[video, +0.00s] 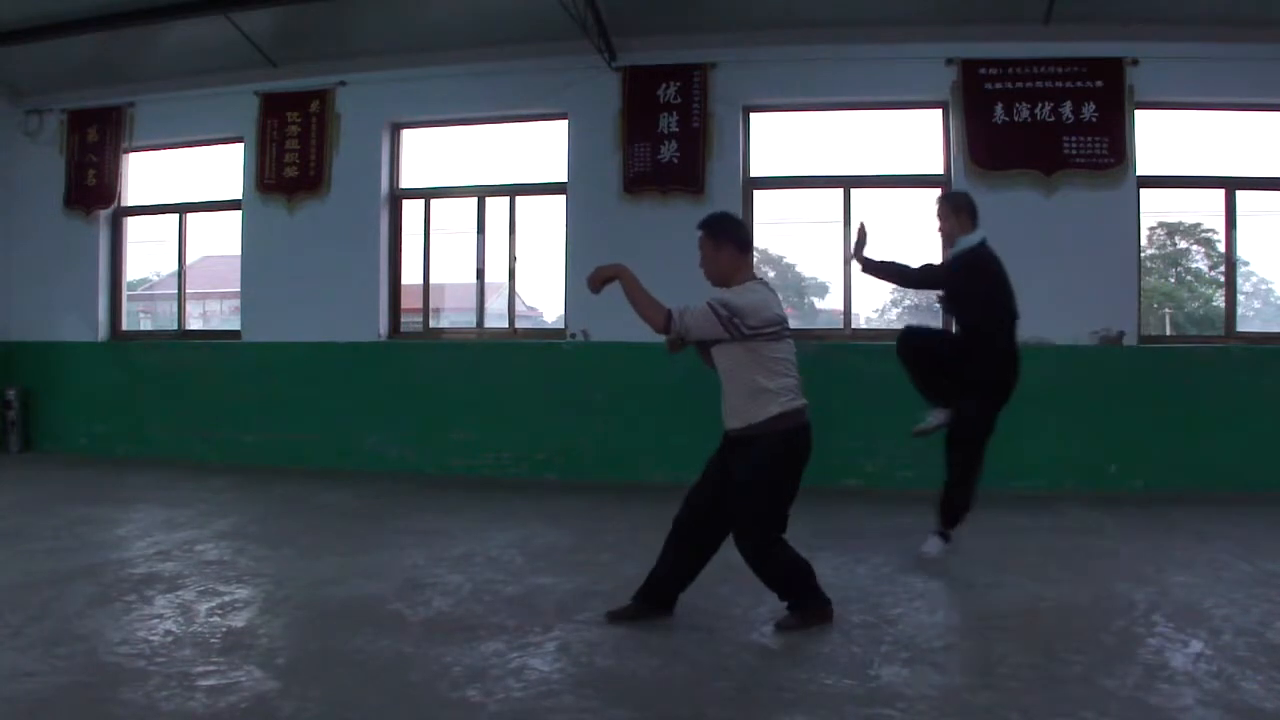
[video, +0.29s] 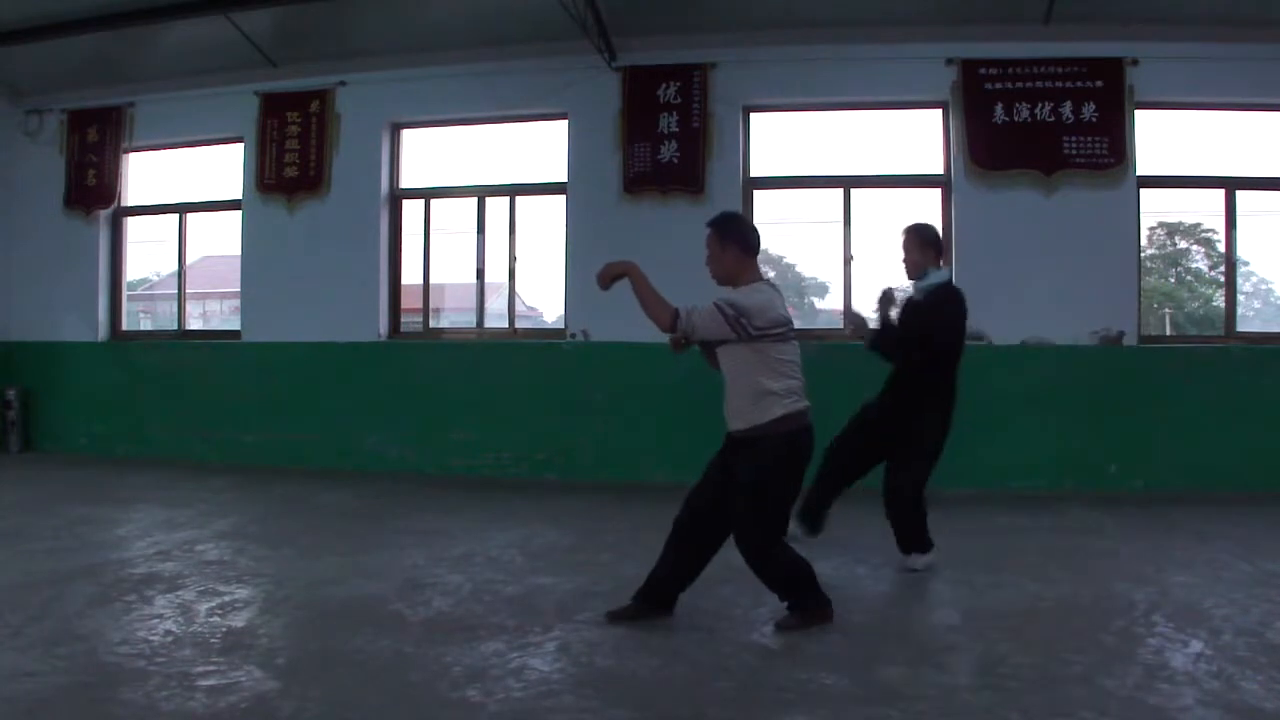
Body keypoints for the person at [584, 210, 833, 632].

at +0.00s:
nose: (701, 264)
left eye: (705, 254)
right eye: (701, 254)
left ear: (730, 251)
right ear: (733, 252)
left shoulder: (747, 301)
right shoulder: (751, 298)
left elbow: (665, 322)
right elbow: (728, 361)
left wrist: (622, 274)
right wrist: (689, 338)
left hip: (777, 437)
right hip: (745, 436)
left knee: (755, 534)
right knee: (697, 523)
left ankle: (812, 605)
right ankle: (653, 601)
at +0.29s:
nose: (708, 263)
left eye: (712, 253)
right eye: (707, 254)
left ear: (736, 251)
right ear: (742, 253)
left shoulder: (750, 303)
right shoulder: (761, 298)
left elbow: (671, 321)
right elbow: (733, 361)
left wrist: (631, 271)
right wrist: (694, 340)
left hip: (778, 438)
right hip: (748, 437)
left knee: (757, 536)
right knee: (698, 522)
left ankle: (812, 605)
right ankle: (654, 601)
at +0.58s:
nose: (709, 263)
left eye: (713, 253)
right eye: (708, 254)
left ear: (739, 251)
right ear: (743, 253)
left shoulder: (755, 301)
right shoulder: (763, 298)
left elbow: (673, 320)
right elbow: (734, 360)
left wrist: (632, 273)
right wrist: (695, 340)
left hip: (779, 440)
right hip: (750, 439)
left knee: (756, 537)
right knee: (699, 523)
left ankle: (812, 605)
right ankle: (654, 601)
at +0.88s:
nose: (706, 269)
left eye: (709, 257)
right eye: (705, 259)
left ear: (737, 252)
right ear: (739, 254)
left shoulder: (756, 303)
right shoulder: (754, 301)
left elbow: (673, 328)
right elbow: (731, 364)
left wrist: (626, 280)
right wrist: (688, 339)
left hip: (782, 440)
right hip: (750, 440)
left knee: (756, 535)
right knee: (700, 525)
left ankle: (812, 604)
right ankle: (654, 601)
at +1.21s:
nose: (684, 264)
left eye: (689, 253)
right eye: (683, 254)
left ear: (719, 252)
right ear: (719, 254)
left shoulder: (732, 302)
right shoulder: (747, 298)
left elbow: (649, 326)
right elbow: (750, 366)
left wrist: (606, 280)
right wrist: (693, 380)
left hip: (769, 440)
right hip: (736, 439)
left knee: (754, 534)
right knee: (686, 510)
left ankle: (812, 604)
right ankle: (655, 599)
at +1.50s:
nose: (604, 257)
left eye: (611, 248)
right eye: (606, 248)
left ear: (639, 252)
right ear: (641, 254)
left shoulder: (629, 304)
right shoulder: (675, 303)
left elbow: (559, 322)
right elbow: (715, 353)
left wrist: (512, 291)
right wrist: (675, 381)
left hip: (656, 440)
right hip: (688, 433)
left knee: (593, 515)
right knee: (723, 523)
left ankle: (563, 605)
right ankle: (803, 593)